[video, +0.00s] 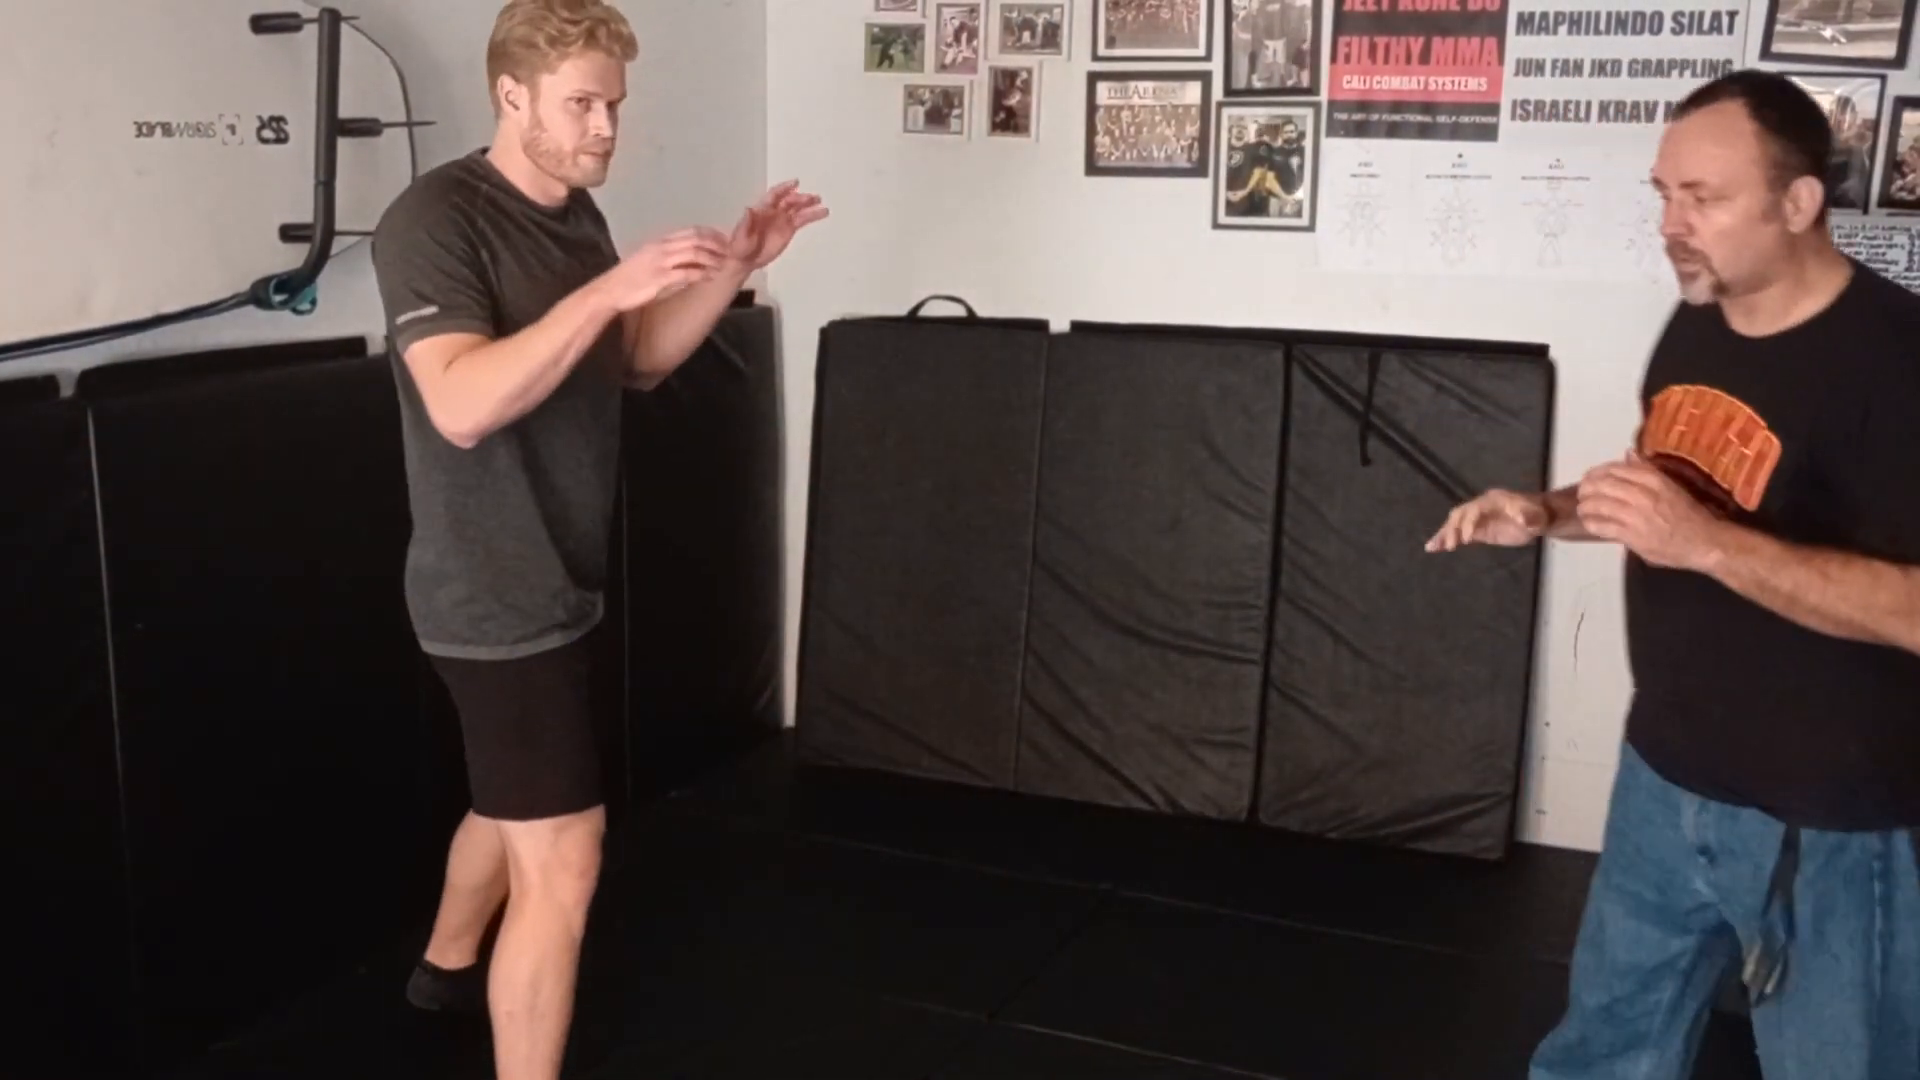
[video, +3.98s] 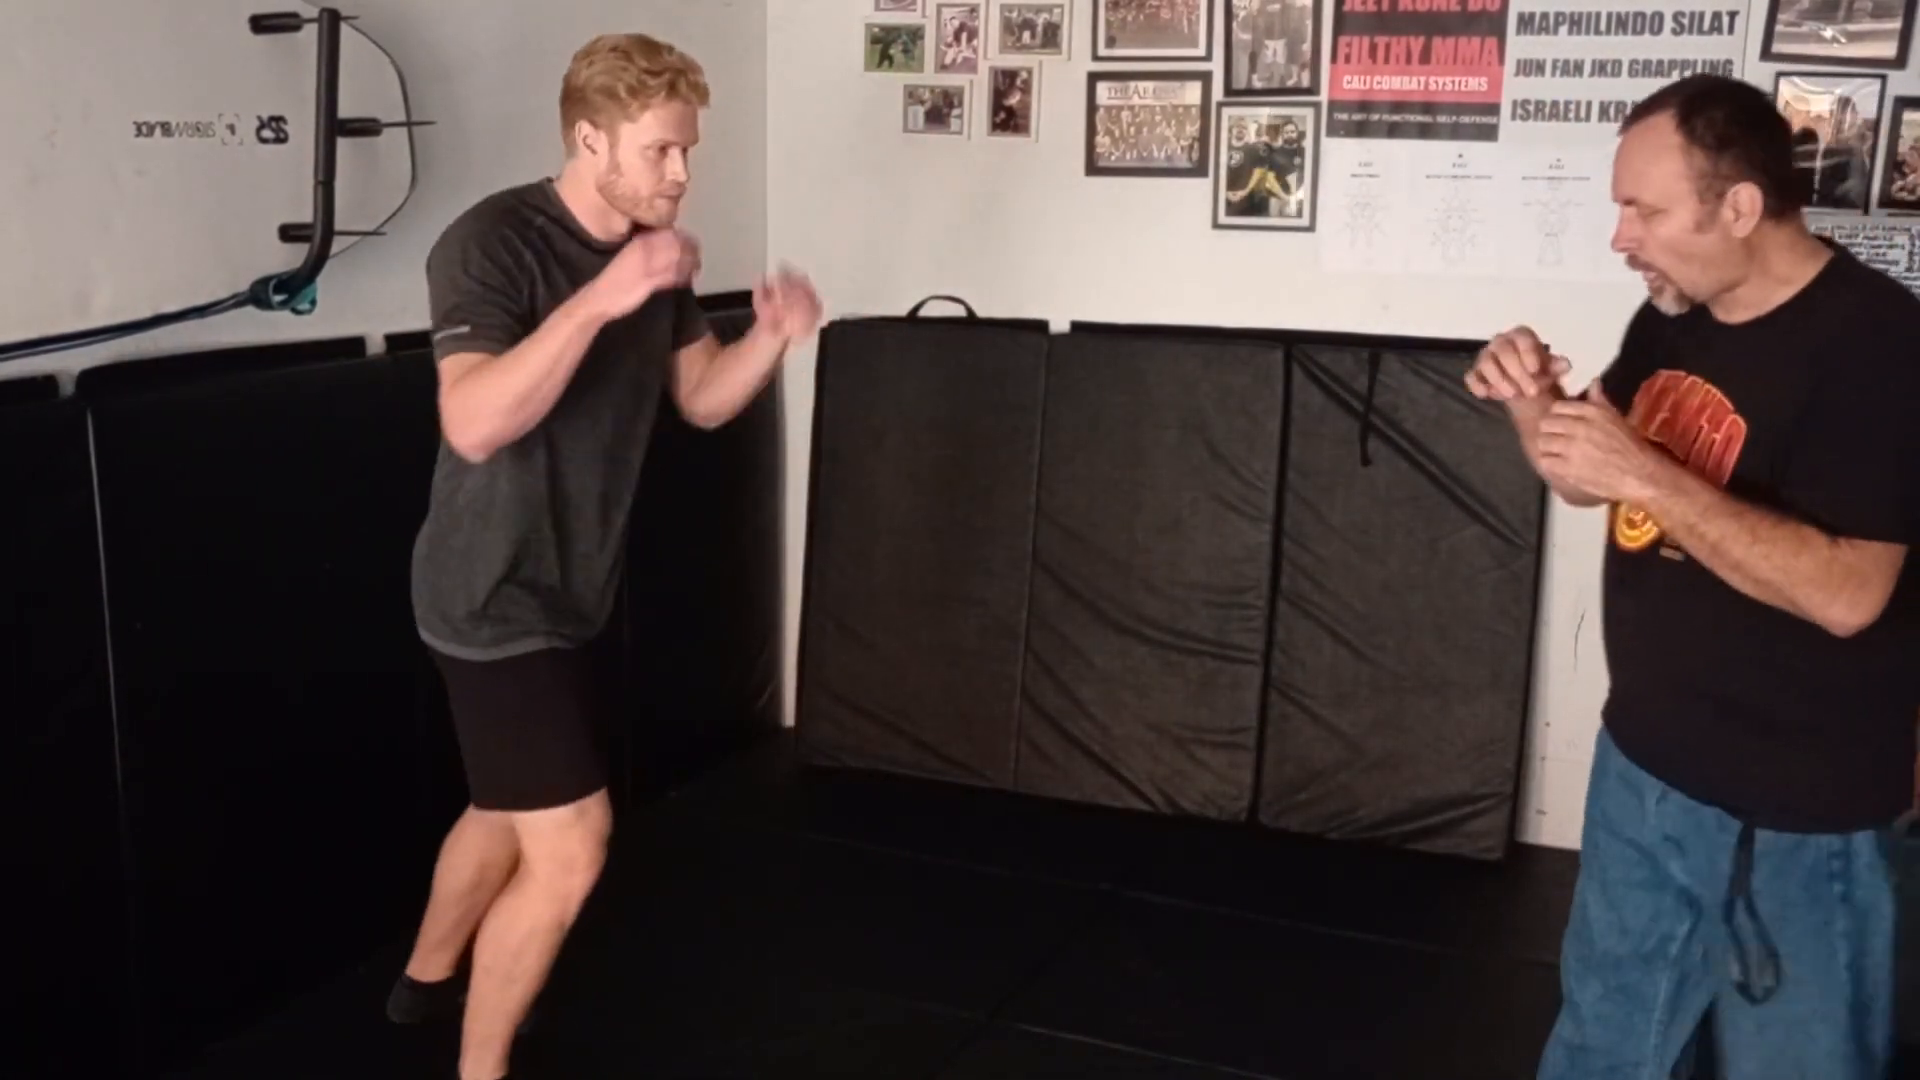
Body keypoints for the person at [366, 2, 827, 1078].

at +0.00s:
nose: (606, 125)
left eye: (615, 102)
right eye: (582, 103)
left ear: (620, 100)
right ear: (512, 100)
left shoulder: (581, 223)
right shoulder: (429, 221)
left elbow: (640, 358)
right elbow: (458, 404)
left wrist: (735, 266)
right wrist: (606, 293)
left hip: (568, 587)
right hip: (494, 605)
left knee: (503, 808)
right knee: (560, 871)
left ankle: (441, 978)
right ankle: (524, 1074)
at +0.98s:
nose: (596, 117)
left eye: (602, 96)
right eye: (576, 96)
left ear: (595, 100)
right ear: (504, 92)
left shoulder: (562, 217)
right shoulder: (411, 204)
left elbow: (638, 343)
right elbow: (406, 378)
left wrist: (710, 241)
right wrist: (533, 262)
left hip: (553, 562)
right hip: (465, 573)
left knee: (484, 788)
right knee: (525, 821)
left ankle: (435, 983)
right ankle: (516, 1069)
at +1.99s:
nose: (670, 162)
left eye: (679, 139)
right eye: (650, 139)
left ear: (681, 134)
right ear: (579, 127)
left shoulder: (661, 241)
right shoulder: (499, 231)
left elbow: (752, 340)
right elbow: (437, 381)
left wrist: (802, 231)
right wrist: (571, 243)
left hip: (614, 589)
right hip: (518, 600)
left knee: (651, 806)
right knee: (600, 865)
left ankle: (476, 972)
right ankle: (525, 1074)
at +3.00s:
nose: (927, 177)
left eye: (927, 150)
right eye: (906, 152)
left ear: (853, 148)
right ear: (830, 148)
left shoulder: (854, 252)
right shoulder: (735, 265)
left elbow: (964, 390)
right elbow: (778, 447)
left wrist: (1009, 249)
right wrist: (883, 273)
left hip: (760, 628)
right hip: (763, 644)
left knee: (686, 859)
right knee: (900, 910)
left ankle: (565, 1052)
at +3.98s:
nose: (684, 176)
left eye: (689, 152)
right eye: (664, 152)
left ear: (685, 145)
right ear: (590, 141)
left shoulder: (653, 256)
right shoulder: (489, 244)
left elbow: (702, 398)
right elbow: (472, 422)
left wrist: (768, 338)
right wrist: (600, 295)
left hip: (579, 593)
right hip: (489, 597)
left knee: (504, 816)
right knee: (569, 845)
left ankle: (419, 988)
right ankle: (480, 1072)